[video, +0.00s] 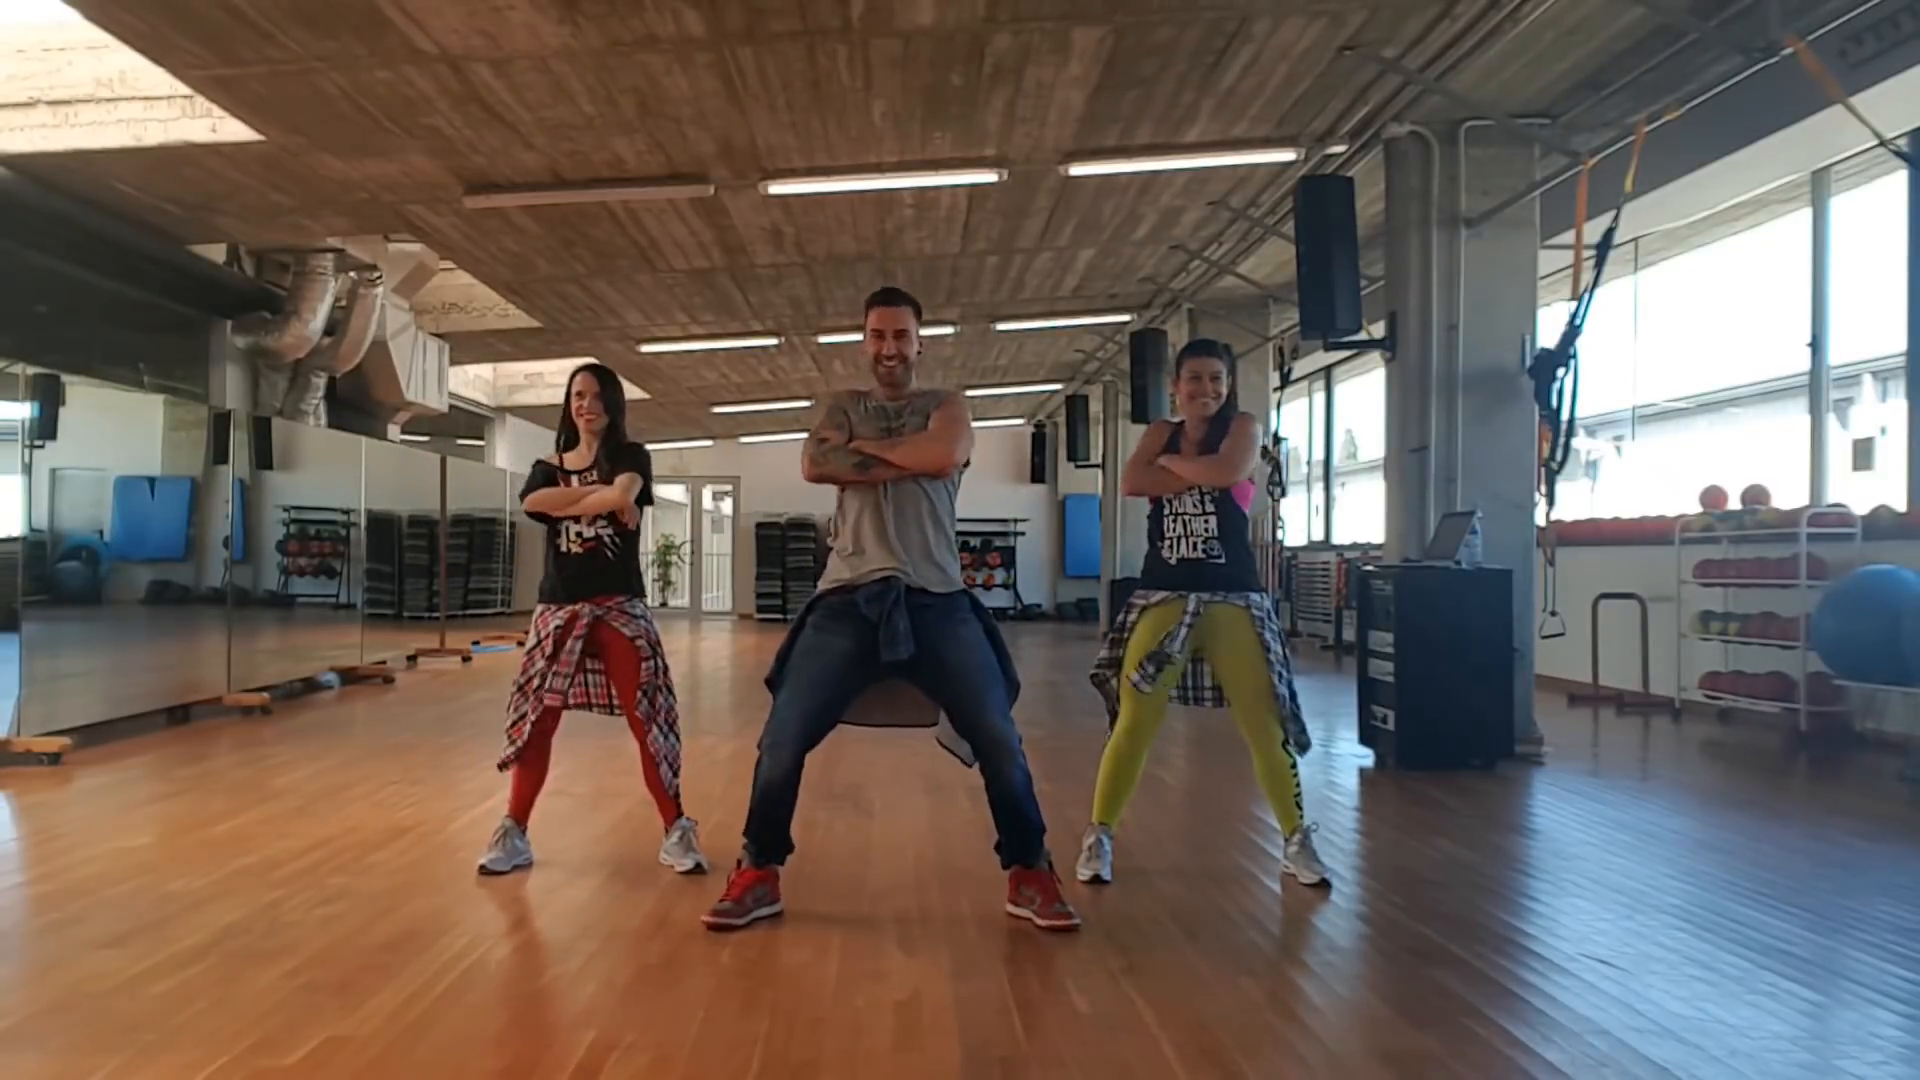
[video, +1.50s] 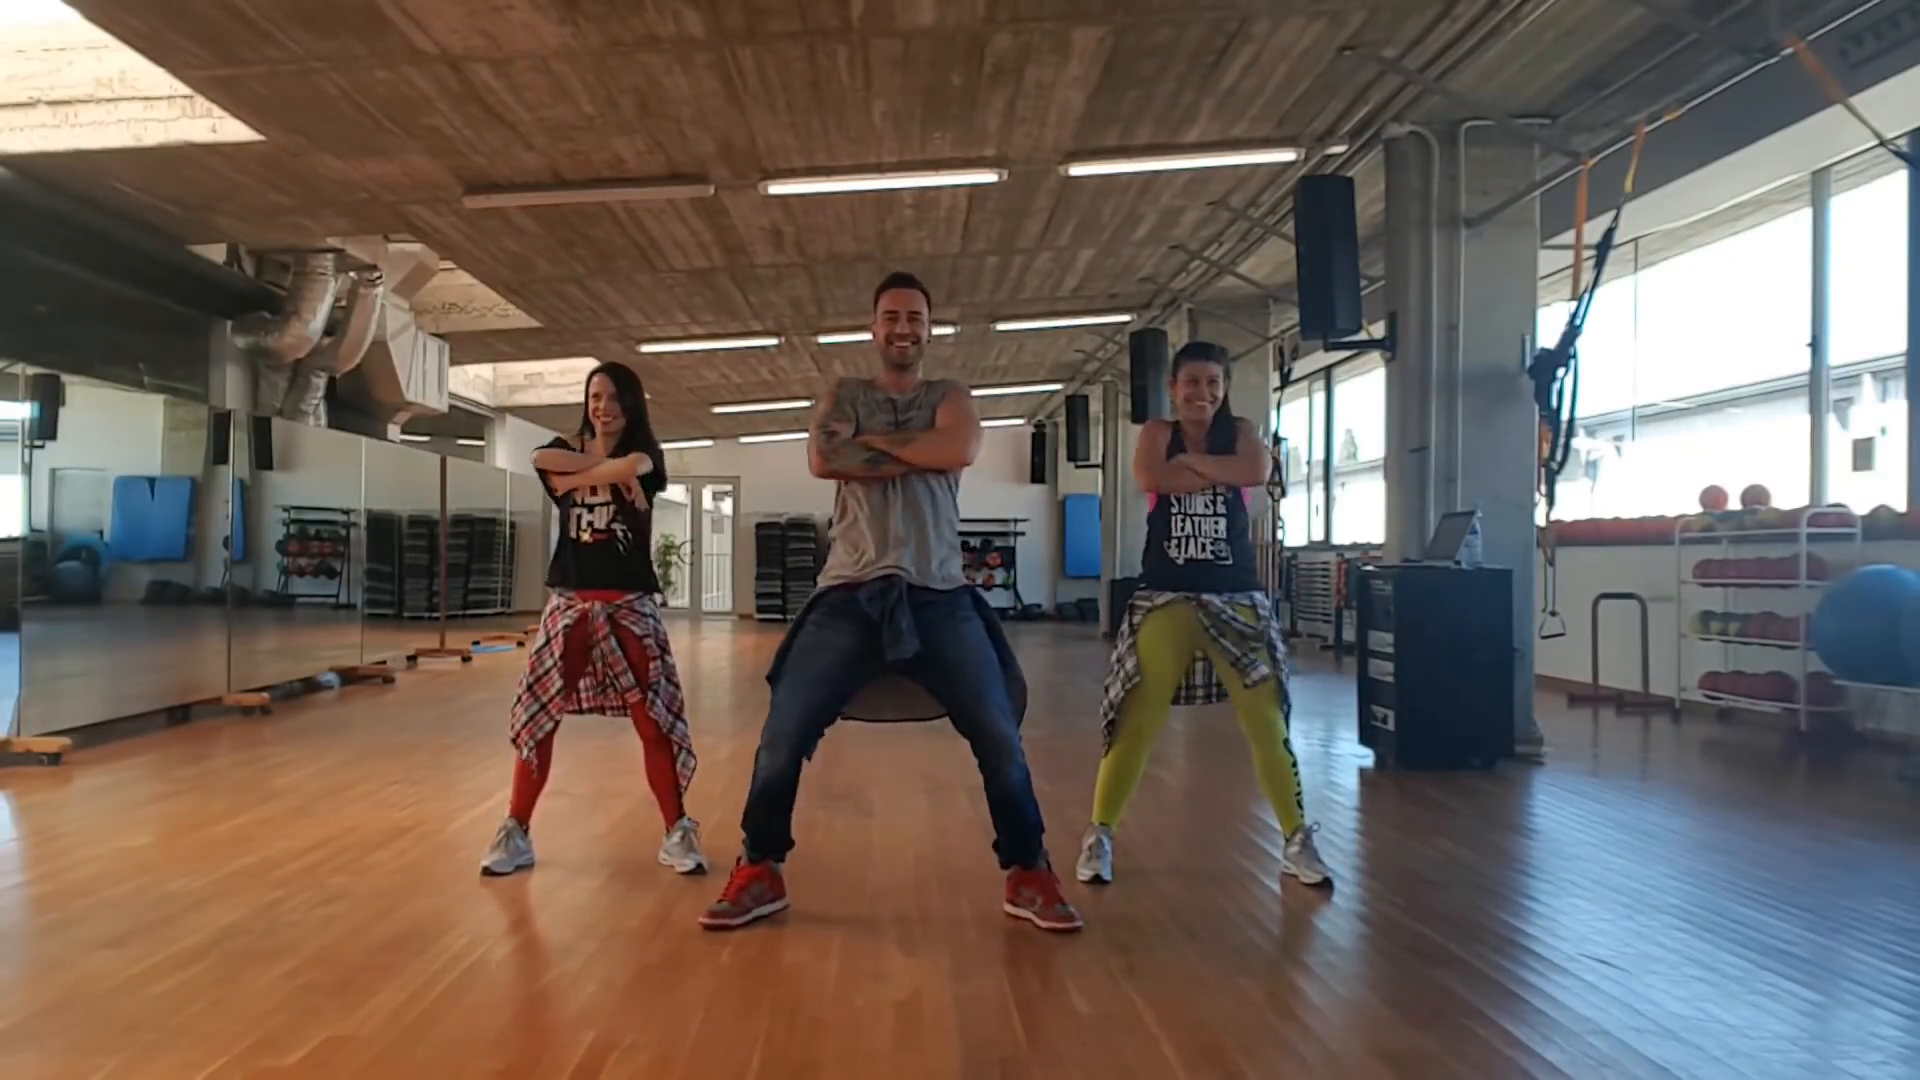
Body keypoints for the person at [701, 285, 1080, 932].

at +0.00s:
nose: (890, 347)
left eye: (901, 337)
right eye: (879, 337)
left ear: (918, 342)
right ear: (864, 342)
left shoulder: (945, 404)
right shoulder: (840, 408)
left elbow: (944, 453)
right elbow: (814, 467)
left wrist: (855, 446)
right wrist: (909, 462)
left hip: (935, 596)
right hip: (846, 596)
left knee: (996, 733)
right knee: (780, 741)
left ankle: (1029, 873)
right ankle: (758, 873)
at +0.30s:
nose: (920, 334)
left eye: (931, 324)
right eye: (909, 324)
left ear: (948, 335)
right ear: (892, 334)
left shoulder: (966, 412)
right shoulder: (870, 391)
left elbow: (1006, 469)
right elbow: (879, 459)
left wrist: (913, 447)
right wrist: (965, 469)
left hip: (962, 596)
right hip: (874, 595)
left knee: (1016, 736)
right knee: (810, 735)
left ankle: (1031, 874)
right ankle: (765, 873)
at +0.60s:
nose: (896, 325)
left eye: (907, 315)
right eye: (884, 315)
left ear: (923, 329)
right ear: (866, 330)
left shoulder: (945, 395)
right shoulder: (840, 401)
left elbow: (950, 448)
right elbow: (815, 464)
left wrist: (856, 439)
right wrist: (912, 458)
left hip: (938, 594)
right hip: (847, 592)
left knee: (996, 729)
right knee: (784, 731)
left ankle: (1030, 873)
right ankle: (758, 872)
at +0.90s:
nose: (890, 327)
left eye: (901, 318)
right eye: (878, 318)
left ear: (916, 333)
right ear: (859, 333)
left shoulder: (941, 398)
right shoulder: (835, 409)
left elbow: (934, 457)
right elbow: (808, 474)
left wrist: (847, 449)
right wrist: (900, 464)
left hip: (932, 598)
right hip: (842, 598)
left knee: (993, 735)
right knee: (776, 735)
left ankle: (1029, 872)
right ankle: (758, 873)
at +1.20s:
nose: (921, 327)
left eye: (931, 318)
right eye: (909, 318)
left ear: (947, 332)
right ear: (890, 332)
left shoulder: (968, 409)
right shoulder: (870, 390)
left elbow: (1006, 468)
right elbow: (879, 460)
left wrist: (914, 449)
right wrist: (964, 470)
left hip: (967, 595)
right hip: (878, 594)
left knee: (1020, 733)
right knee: (817, 732)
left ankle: (1033, 875)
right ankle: (771, 874)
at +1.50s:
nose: (902, 327)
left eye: (914, 317)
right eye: (891, 316)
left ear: (930, 329)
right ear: (873, 327)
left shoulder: (948, 395)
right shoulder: (843, 394)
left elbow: (960, 450)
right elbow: (820, 461)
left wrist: (864, 439)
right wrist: (916, 456)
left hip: (938, 593)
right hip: (848, 590)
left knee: (997, 731)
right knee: (782, 729)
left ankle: (1028, 874)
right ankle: (760, 871)